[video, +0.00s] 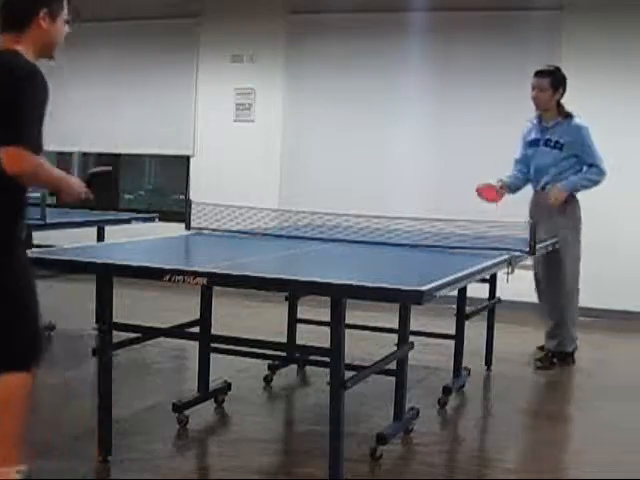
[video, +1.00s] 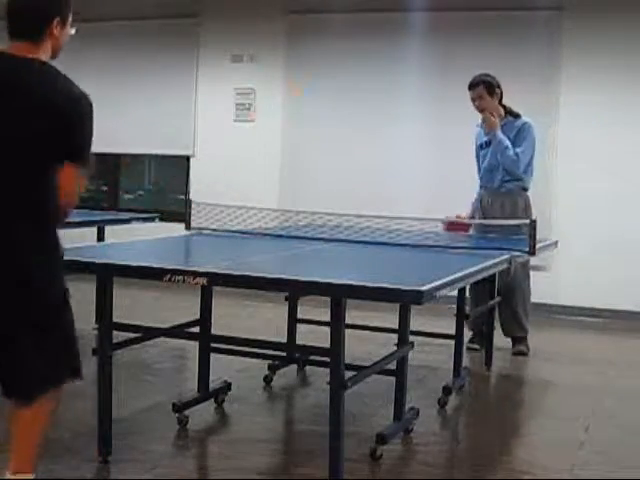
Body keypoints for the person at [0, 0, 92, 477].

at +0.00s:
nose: (65, 32)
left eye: (66, 22)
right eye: (63, 20)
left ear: (28, 19)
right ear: (42, 19)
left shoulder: (8, 69)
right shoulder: (23, 75)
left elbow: (16, 155)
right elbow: (15, 156)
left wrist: (56, 178)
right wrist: (63, 181)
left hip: (6, 243)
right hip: (3, 245)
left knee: (16, 346)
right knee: (17, 349)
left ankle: (10, 463)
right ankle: (9, 465)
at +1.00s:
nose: (67, 35)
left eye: (67, 25)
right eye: (67, 26)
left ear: (10, 19)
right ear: (55, 27)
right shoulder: (65, 98)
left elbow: (66, 191)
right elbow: (67, 192)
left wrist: (47, 207)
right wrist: (43, 215)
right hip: (24, 250)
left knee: (43, 364)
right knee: (43, 367)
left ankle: (18, 469)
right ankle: (19, 471)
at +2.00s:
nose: (115, 51)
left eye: (114, 41)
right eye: (113, 42)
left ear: (59, 44)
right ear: (101, 45)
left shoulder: (21, 98)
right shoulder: (87, 100)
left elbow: (22, 182)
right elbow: (76, 182)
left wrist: (116, 218)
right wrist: (125, 225)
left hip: (9, 268)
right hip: (48, 273)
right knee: (106, 381)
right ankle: (96, 472)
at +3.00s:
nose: (290, 8)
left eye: (290, 2)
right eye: (287, 0)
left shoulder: (163, 29)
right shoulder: (231, 34)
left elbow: (96, 100)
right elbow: (235, 135)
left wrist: (80, 154)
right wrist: (360, 154)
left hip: (127, 267)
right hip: (194, 273)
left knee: (149, 446)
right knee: (221, 449)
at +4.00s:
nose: (114, 9)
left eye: (111, 6)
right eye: (114, 5)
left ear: (55, 3)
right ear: (108, 5)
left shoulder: (11, 49)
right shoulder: (125, 57)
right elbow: (150, 144)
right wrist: (159, 209)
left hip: (13, 252)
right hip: (90, 255)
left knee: (12, 408)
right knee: (92, 410)